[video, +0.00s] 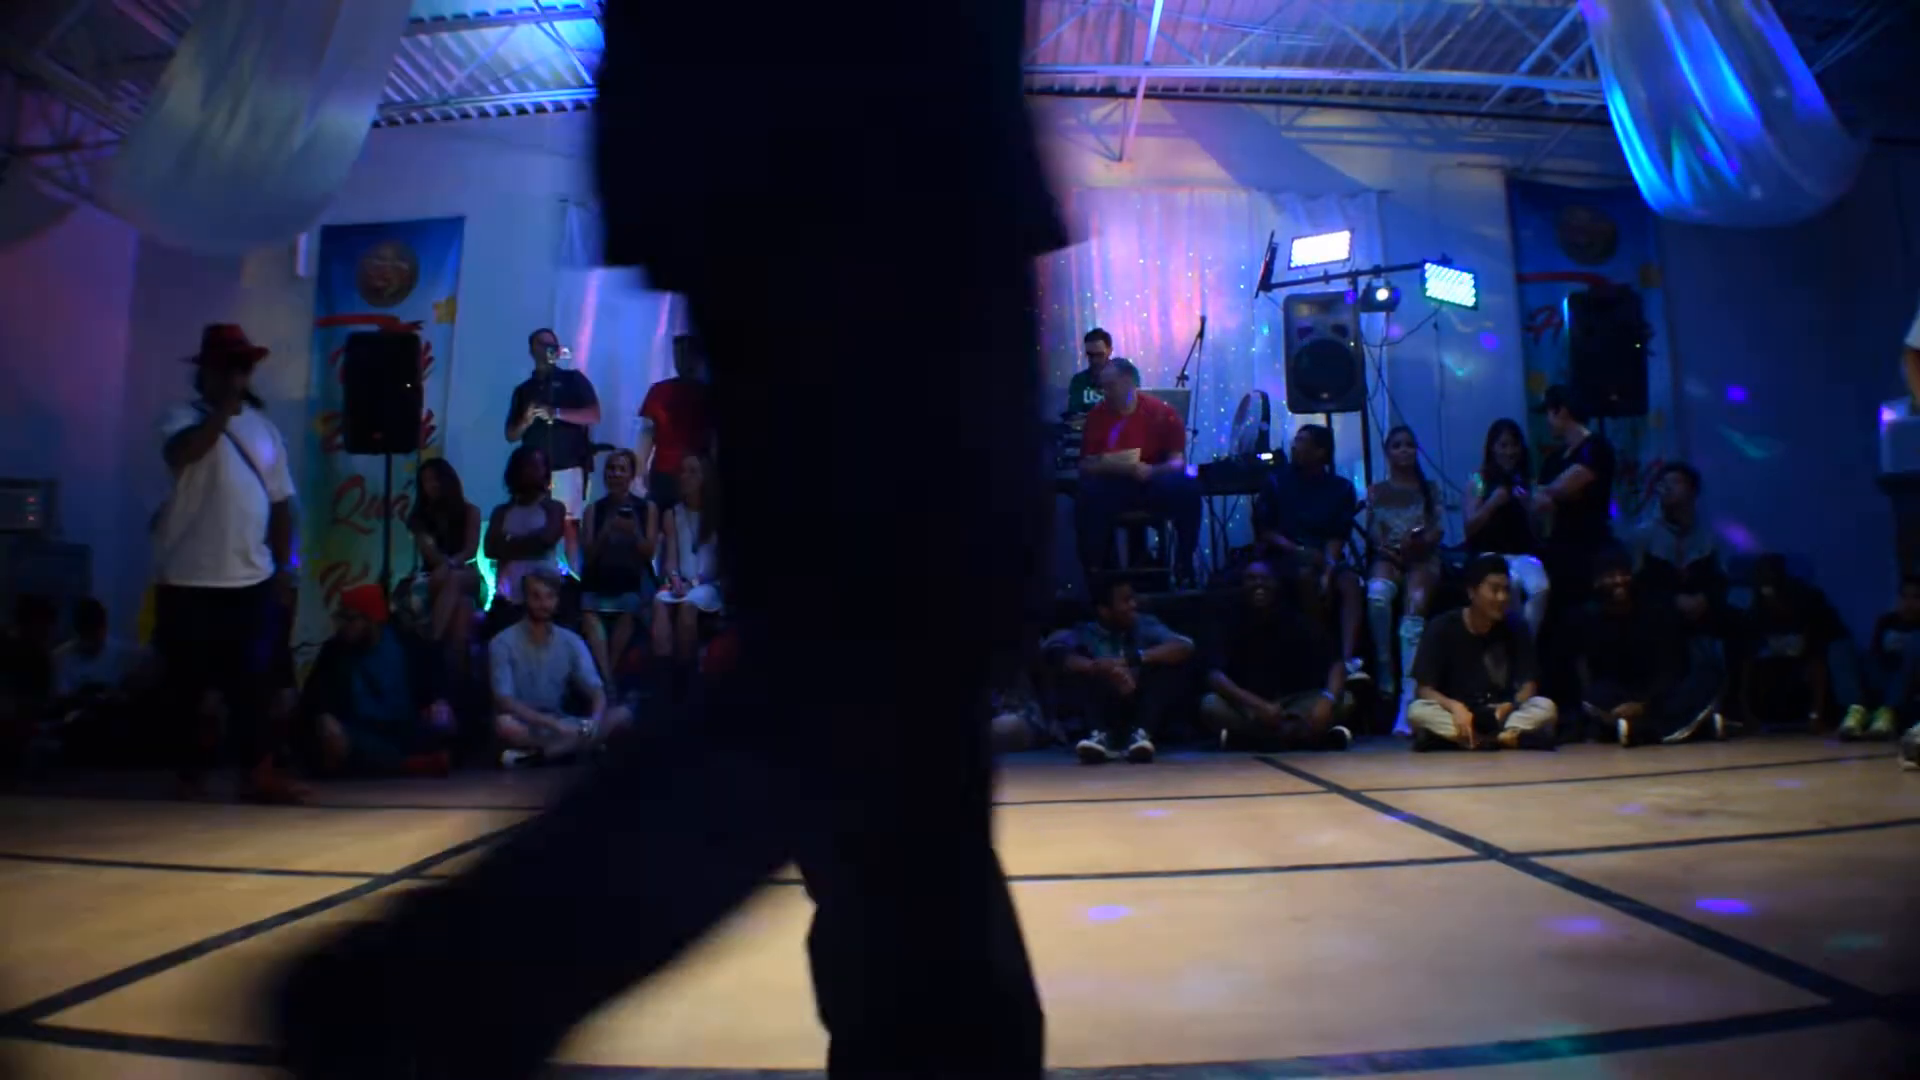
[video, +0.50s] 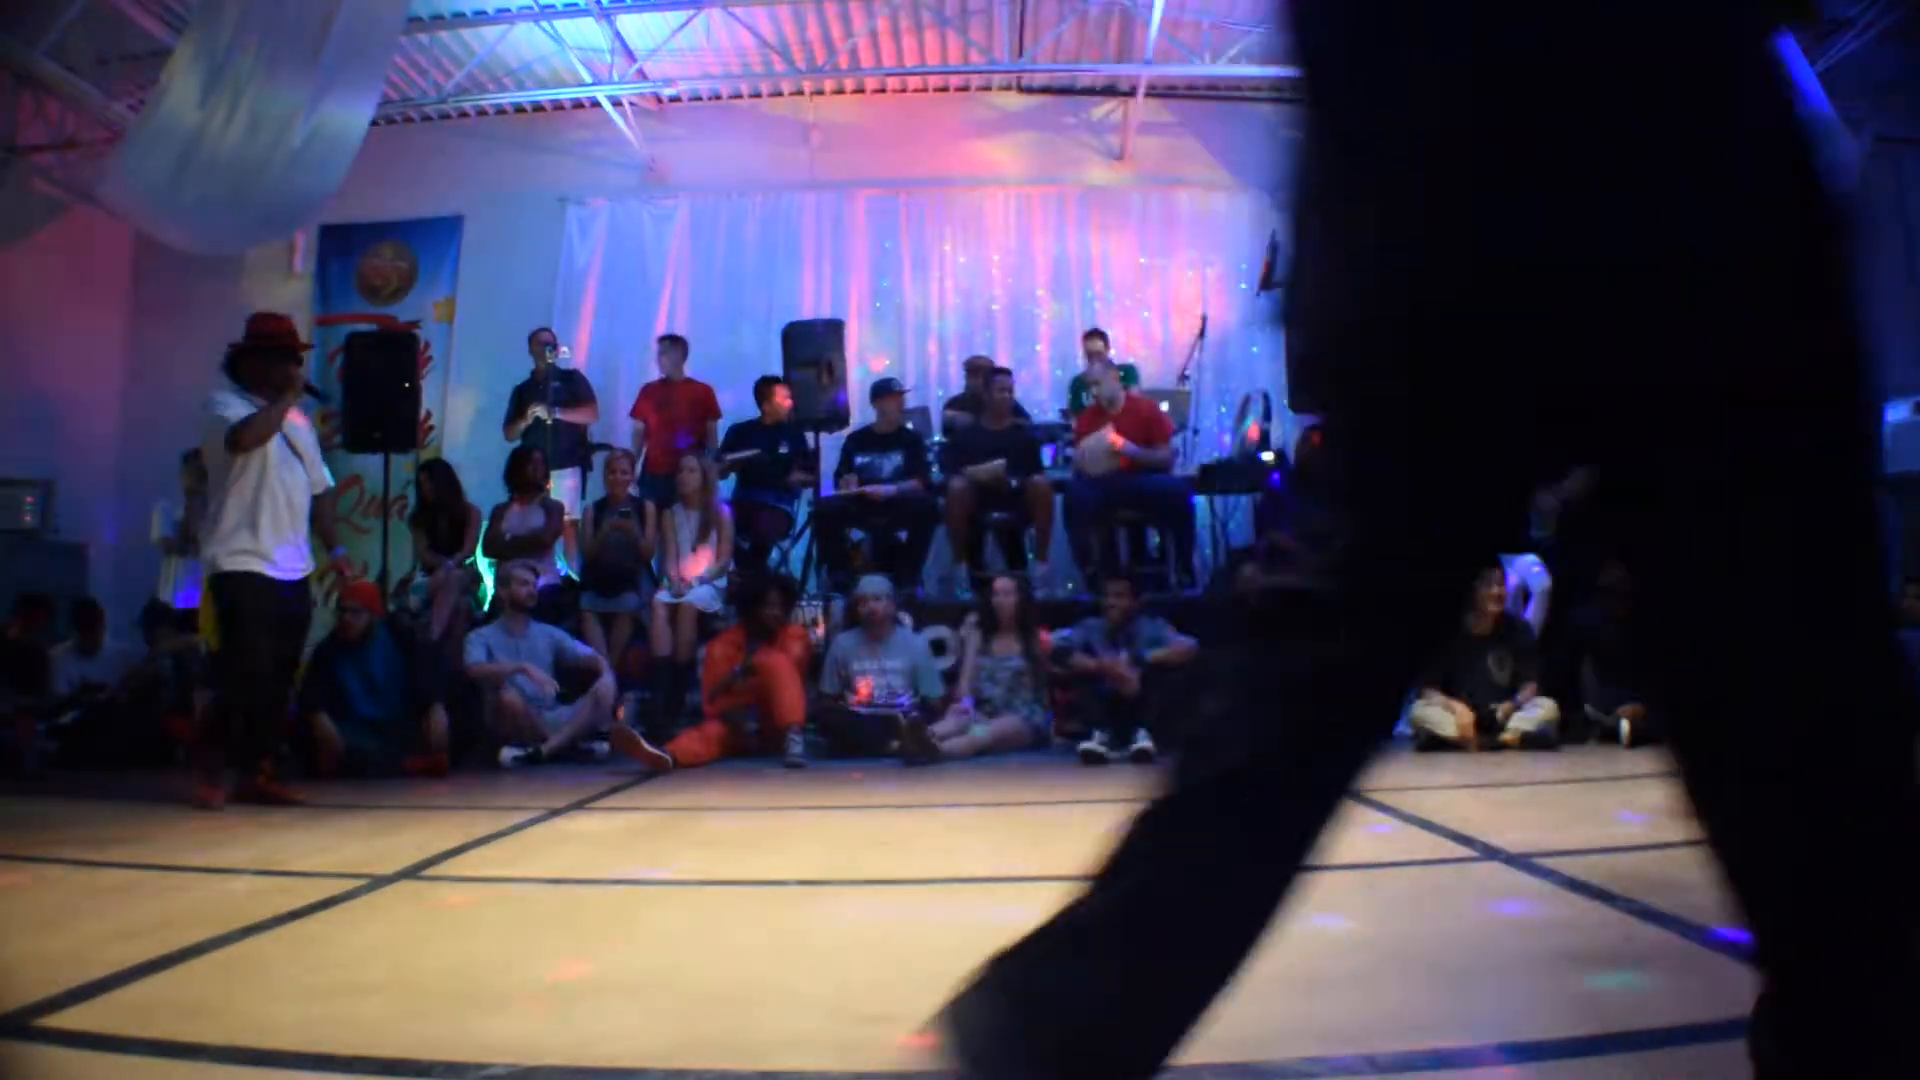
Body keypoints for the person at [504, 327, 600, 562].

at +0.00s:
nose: (549, 351)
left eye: (553, 346)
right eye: (543, 346)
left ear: (559, 351)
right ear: (532, 351)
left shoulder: (575, 380)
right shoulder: (524, 389)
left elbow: (593, 415)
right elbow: (511, 434)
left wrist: (555, 414)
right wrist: (526, 421)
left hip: (569, 465)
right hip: (536, 467)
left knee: (568, 524)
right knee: (535, 523)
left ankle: (573, 578)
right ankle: (538, 579)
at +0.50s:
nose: (547, 350)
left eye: (551, 345)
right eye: (542, 346)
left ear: (557, 349)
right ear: (531, 351)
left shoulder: (573, 379)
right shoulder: (523, 389)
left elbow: (591, 414)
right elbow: (509, 434)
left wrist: (554, 413)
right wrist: (526, 420)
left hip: (567, 464)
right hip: (534, 467)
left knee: (568, 525)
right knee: (534, 526)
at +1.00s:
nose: (549, 350)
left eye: (553, 345)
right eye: (543, 346)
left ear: (559, 349)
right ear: (534, 350)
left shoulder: (575, 380)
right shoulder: (525, 390)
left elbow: (594, 415)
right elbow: (512, 433)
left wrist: (560, 414)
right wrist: (530, 419)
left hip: (570, 463)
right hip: (537, 466)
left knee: (570, 523)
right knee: (536, 524)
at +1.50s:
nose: (551, 350)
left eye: (555, 345)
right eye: (546, 345)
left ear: (562, 349)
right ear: (536, 350)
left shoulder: (577, 379)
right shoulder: (529, 383)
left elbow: (596, 414)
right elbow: (504, 415)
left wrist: (566, 391)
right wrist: (523, 382)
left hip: (570, 464)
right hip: (537, 465)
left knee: (570, 524)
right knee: (535, 524)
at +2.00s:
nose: (553, 351)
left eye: (558, 346)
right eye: (548, 347)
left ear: (567, 349)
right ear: (541, 350)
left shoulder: (581, 380)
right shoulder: (533, 382)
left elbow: (594, 408)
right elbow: (506, 383)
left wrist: (566, 374)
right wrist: (537, 358)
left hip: (572, 459)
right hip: (538, 459)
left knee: (570, 520)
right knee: (535, 518)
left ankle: (571, 575)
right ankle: (536, 578)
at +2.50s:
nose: (555, 353)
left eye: (561, 348)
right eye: (550, 348)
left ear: (569, 351)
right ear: (542, 350)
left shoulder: (583, 380)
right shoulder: (534, 382)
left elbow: (593, 408)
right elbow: (507, 385)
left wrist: (565, 375)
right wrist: (533, 357)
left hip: (572, 461)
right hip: (538, 461)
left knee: (572, 523)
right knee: (535, 520)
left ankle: (573, 577)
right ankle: (537, 578)